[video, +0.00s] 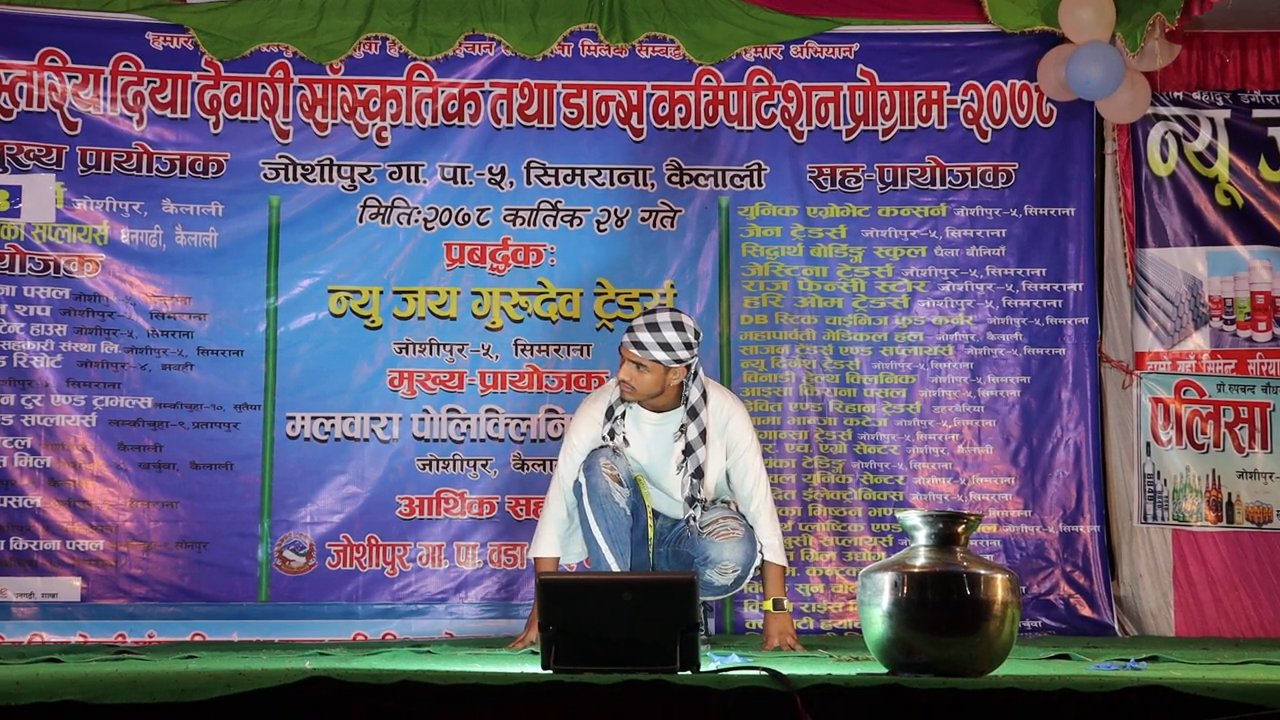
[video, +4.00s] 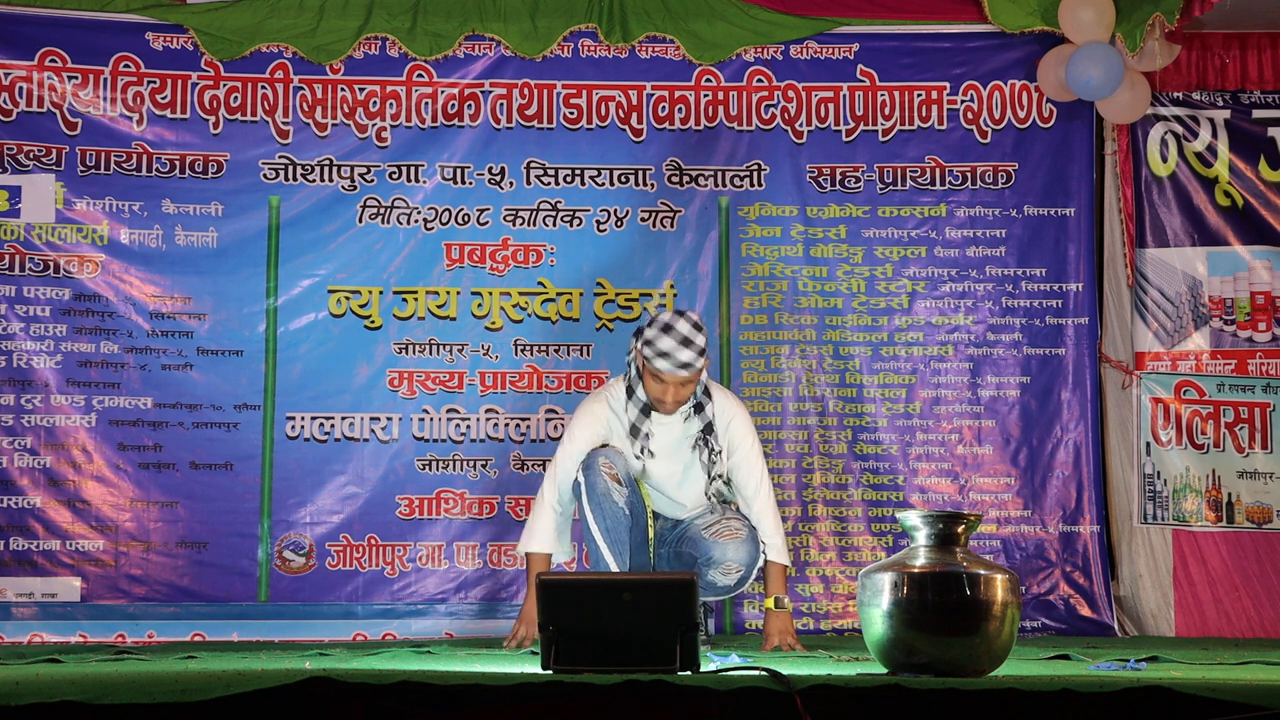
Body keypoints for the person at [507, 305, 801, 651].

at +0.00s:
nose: (622, 375)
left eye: (638, 368)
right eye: (622, 361)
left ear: (677, 374)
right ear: (620, 355)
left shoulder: (725, 413)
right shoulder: (597, 411)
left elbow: (760, 507)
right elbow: (558, 503)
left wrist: (777, 609)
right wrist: (542, 607)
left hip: (692, 539)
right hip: (629, 531)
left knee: (733, 548)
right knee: (601, 463)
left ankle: (687, 610)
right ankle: (621, 607)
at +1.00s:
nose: (623, 375)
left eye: (639, 368)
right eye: (624, 360)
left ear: (678, 374)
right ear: (621, 355)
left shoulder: (727, 414)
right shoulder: (598, 411)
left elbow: (761, 508)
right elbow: (558, 505)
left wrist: (777, 609)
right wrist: (541, 608)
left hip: (691, 539)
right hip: (628, 531)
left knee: (733, 547)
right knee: (603, 463)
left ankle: (688, 610)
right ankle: (620, 607)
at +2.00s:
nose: (624, 374)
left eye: (640, 367)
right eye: (624, 360)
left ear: (679, 373)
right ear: (622, 355)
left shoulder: (728, 414)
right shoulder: (601, 411)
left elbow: (763, 508)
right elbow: (559, 505)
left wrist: (777, 609)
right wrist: (542, 607)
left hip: (692, 540)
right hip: (630, 532)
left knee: (734, 544)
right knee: (604, 462)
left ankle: (689, 610)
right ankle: (619, 606)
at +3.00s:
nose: (625, 350)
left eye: (641, 340)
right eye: (627, 336)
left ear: (679, 351)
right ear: (625, 336)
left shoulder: (728, 408)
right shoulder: (603, 402)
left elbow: (761, 502)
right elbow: (562, 498)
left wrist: (776, 602)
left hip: (695, 541)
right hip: (629, 534)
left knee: (731, 539)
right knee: (601, 462)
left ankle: (691, 614)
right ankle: (618, 605)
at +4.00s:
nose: (670, 396)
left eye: (683, 384)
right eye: (659, 380)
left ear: (702, 370)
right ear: (640, 363)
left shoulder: (727, 412)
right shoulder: (603, 408)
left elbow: (762, 503)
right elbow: (552, 495)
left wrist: (778, 606)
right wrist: (534, 596)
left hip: (694, 536)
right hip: (631, 531)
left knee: (736, 552)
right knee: (601, 462)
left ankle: (687, 607)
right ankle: (622, 606)